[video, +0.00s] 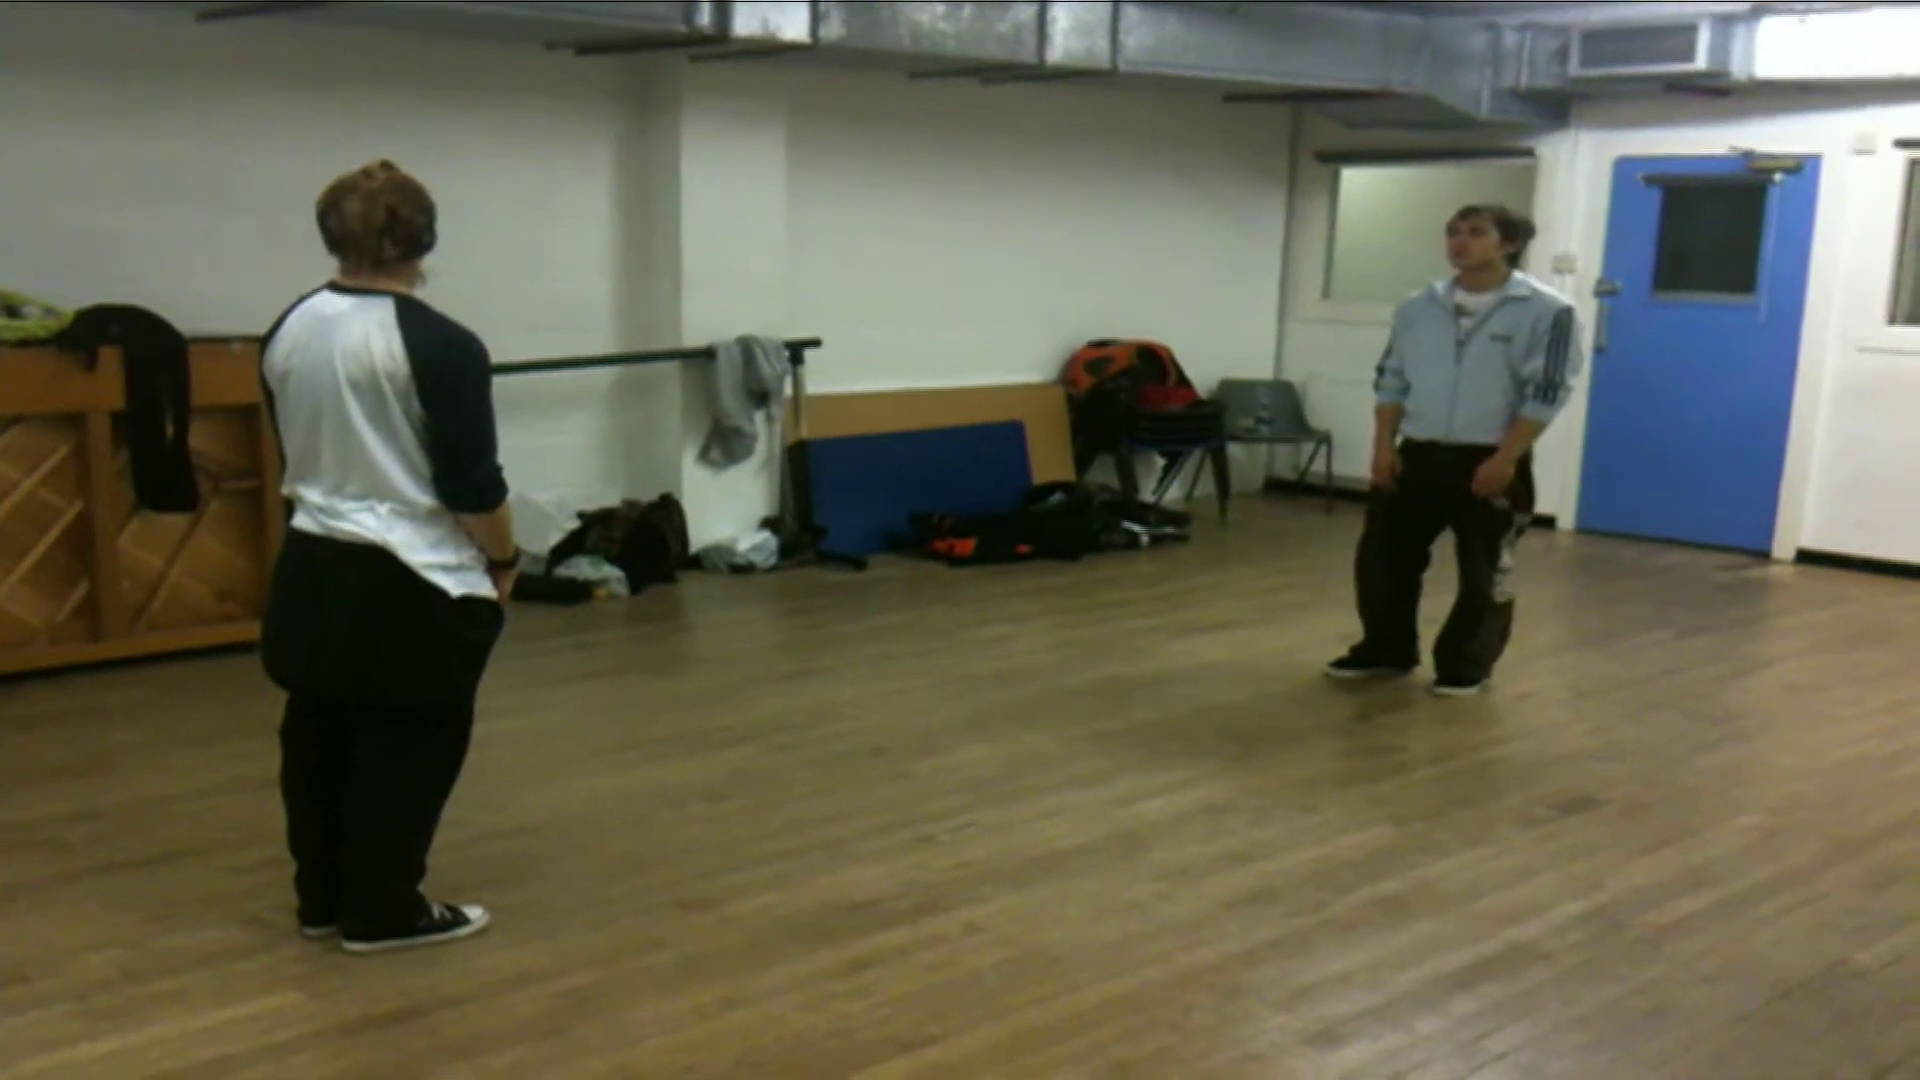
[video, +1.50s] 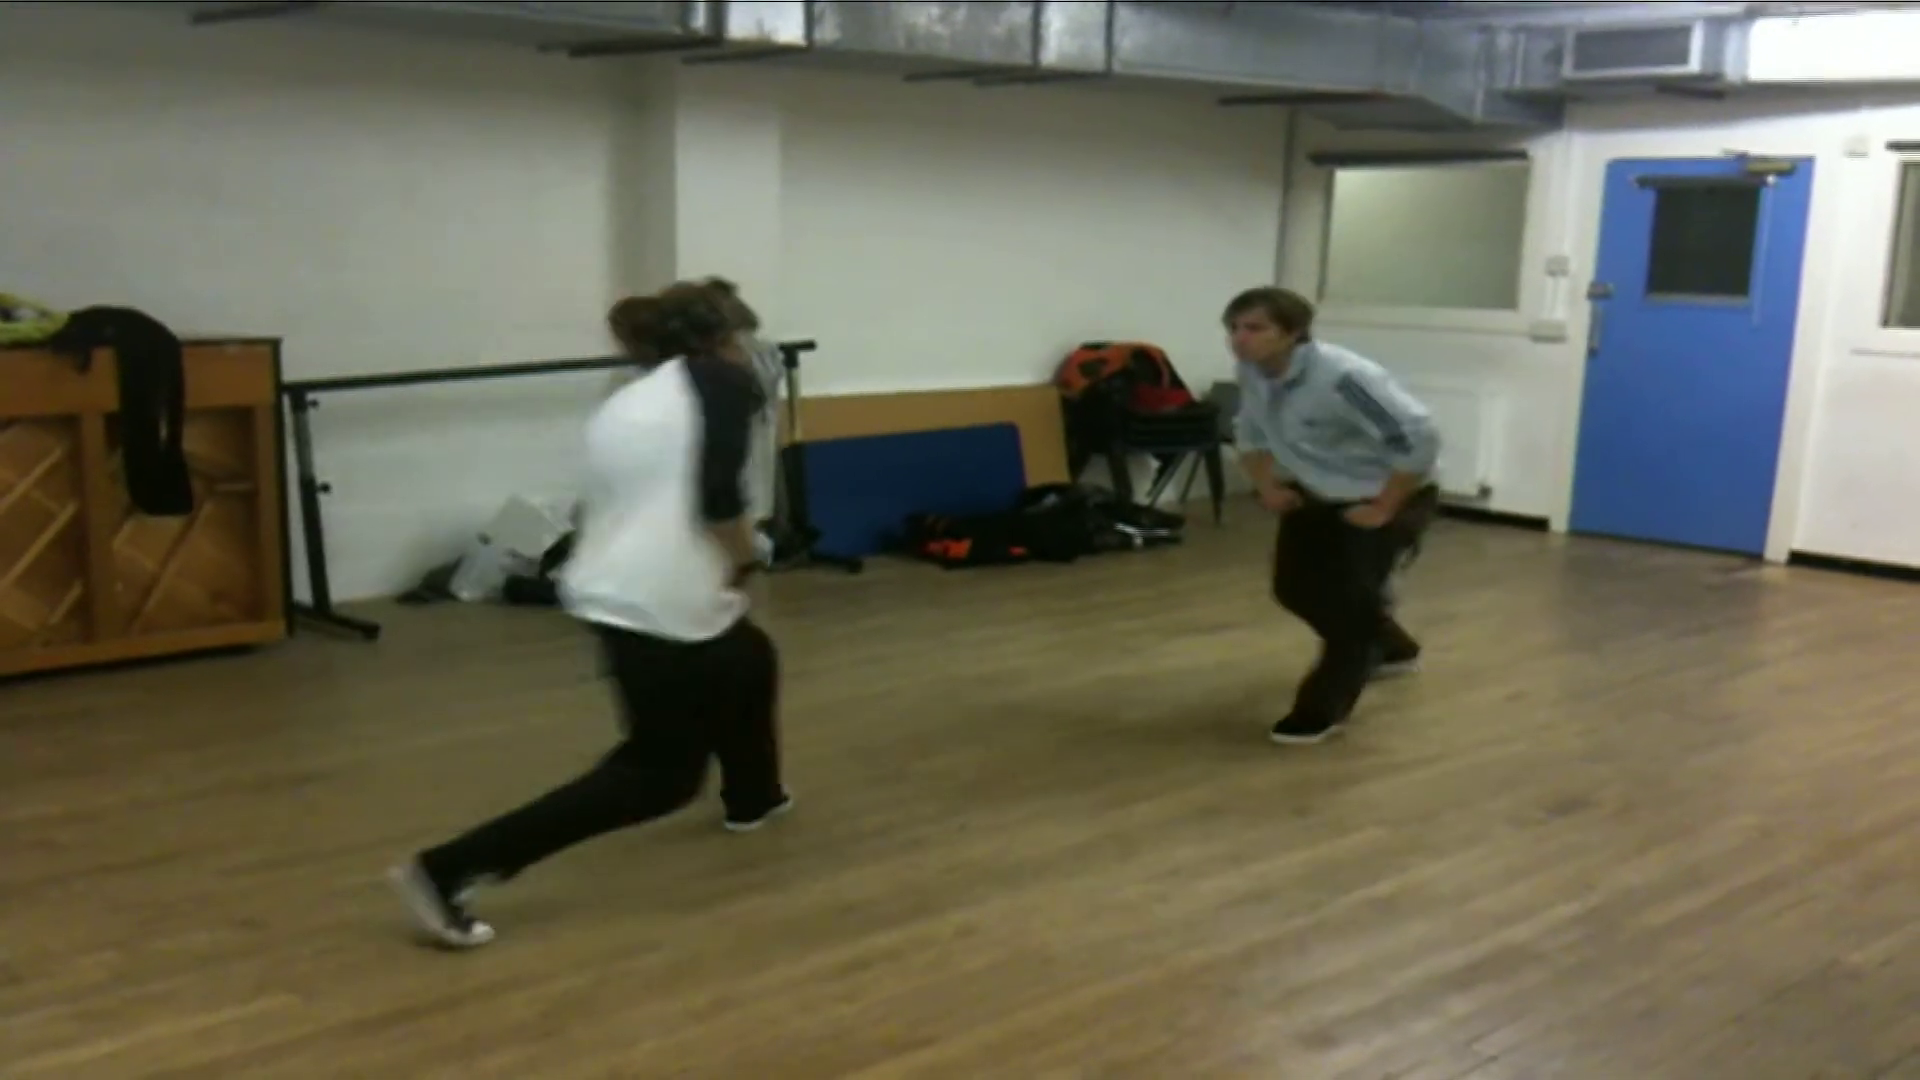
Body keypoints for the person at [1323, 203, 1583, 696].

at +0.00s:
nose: (1460, 242)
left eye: (1474, 234)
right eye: (1455, 234)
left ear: (1506, 244)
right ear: (1446, 244)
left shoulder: (1546, 313)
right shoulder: (1418, 308)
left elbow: (1546, 397)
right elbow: (1391, 382)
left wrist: (1506, 456)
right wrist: (1384, 446)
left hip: (1491, 464)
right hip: (1420, 459)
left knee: (1485, 576)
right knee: (1382, 557)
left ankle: (1463, 667)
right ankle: (1387, 649)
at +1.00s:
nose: (1392, 258)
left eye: (1406, 248)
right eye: (1386, 249)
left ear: (1439, 256)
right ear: (1379, 256)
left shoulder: (1489, 320)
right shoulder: (1362, 318)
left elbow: (1500, 403)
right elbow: (1345, 384)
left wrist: (1466, 466)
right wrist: (1352, 439)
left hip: (1453, 466)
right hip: (1383, 463)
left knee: (1460, 570)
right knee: (1366, 555)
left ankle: (1460, 667)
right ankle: (1390, 650)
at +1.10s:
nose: (1375, 265)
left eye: (1389, 255)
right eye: (1369, 256)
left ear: (1423, 261)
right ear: (1363, 263)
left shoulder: (1474, 317)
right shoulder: (1349, 325)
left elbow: (1485, 399)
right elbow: (1334, 397)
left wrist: (1443, 458)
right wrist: (1331, 464)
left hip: (1440, 465)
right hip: (1372, 464)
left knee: (1427, 554)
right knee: (1358, 550)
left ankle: (1456, 654)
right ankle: (1386, 644)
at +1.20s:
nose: (1357, 281)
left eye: (1371, 271)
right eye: (1351, 272)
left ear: (1405, 277)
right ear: (1345, 278)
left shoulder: (1454, 314)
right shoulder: (1329, 342)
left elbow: (1468, 387)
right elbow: (1309, 415)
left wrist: (1409, 445)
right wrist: (1317, 471)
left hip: (1439, 453)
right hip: (1371, 454)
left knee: (1373, 537)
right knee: (1339, 546)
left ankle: (1423, 611)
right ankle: (1377, 643)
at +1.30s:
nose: (1329, 294)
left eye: (1343, 284)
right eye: (1324, 284)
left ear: (1376, 290)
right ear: (1317, 290)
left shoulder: (1419, 333)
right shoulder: (1301, 347)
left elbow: (1455, 398)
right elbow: (1284, 419)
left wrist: (1398, 459)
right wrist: (1302, 471)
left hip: (1428, 462)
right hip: (1357, 464)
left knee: (1366, 534)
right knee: (1320, 561)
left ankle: (1380, 636)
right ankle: (1385, 637)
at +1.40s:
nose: (1281, 318)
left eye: (1294, 308)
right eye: (1276, 309)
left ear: (1327, 313)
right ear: (1271, 314)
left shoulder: (1371, 358)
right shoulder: (1278, 360)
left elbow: (1448, 418)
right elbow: (1264, 421)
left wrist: (1410, 491)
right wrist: (1291, 472)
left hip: (1408, 484)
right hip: (1344, 479)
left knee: (1375, 576)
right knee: (1314, 576)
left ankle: (1332, 687)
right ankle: (1394, 641)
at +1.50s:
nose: (1239, 339)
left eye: (1252, 329)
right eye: (1235, 329)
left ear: (1288, 334)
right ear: (1232, 333)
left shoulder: (1341, 375)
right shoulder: (1253, 375)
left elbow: (1421, 436)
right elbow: (1249, 437)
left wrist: (1384, 505)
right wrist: (1267, 485)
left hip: (1382, 498)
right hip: (1317, 495)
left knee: (1350, 599)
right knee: (1294, 585)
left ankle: (1318, 711)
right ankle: (1390, 644)